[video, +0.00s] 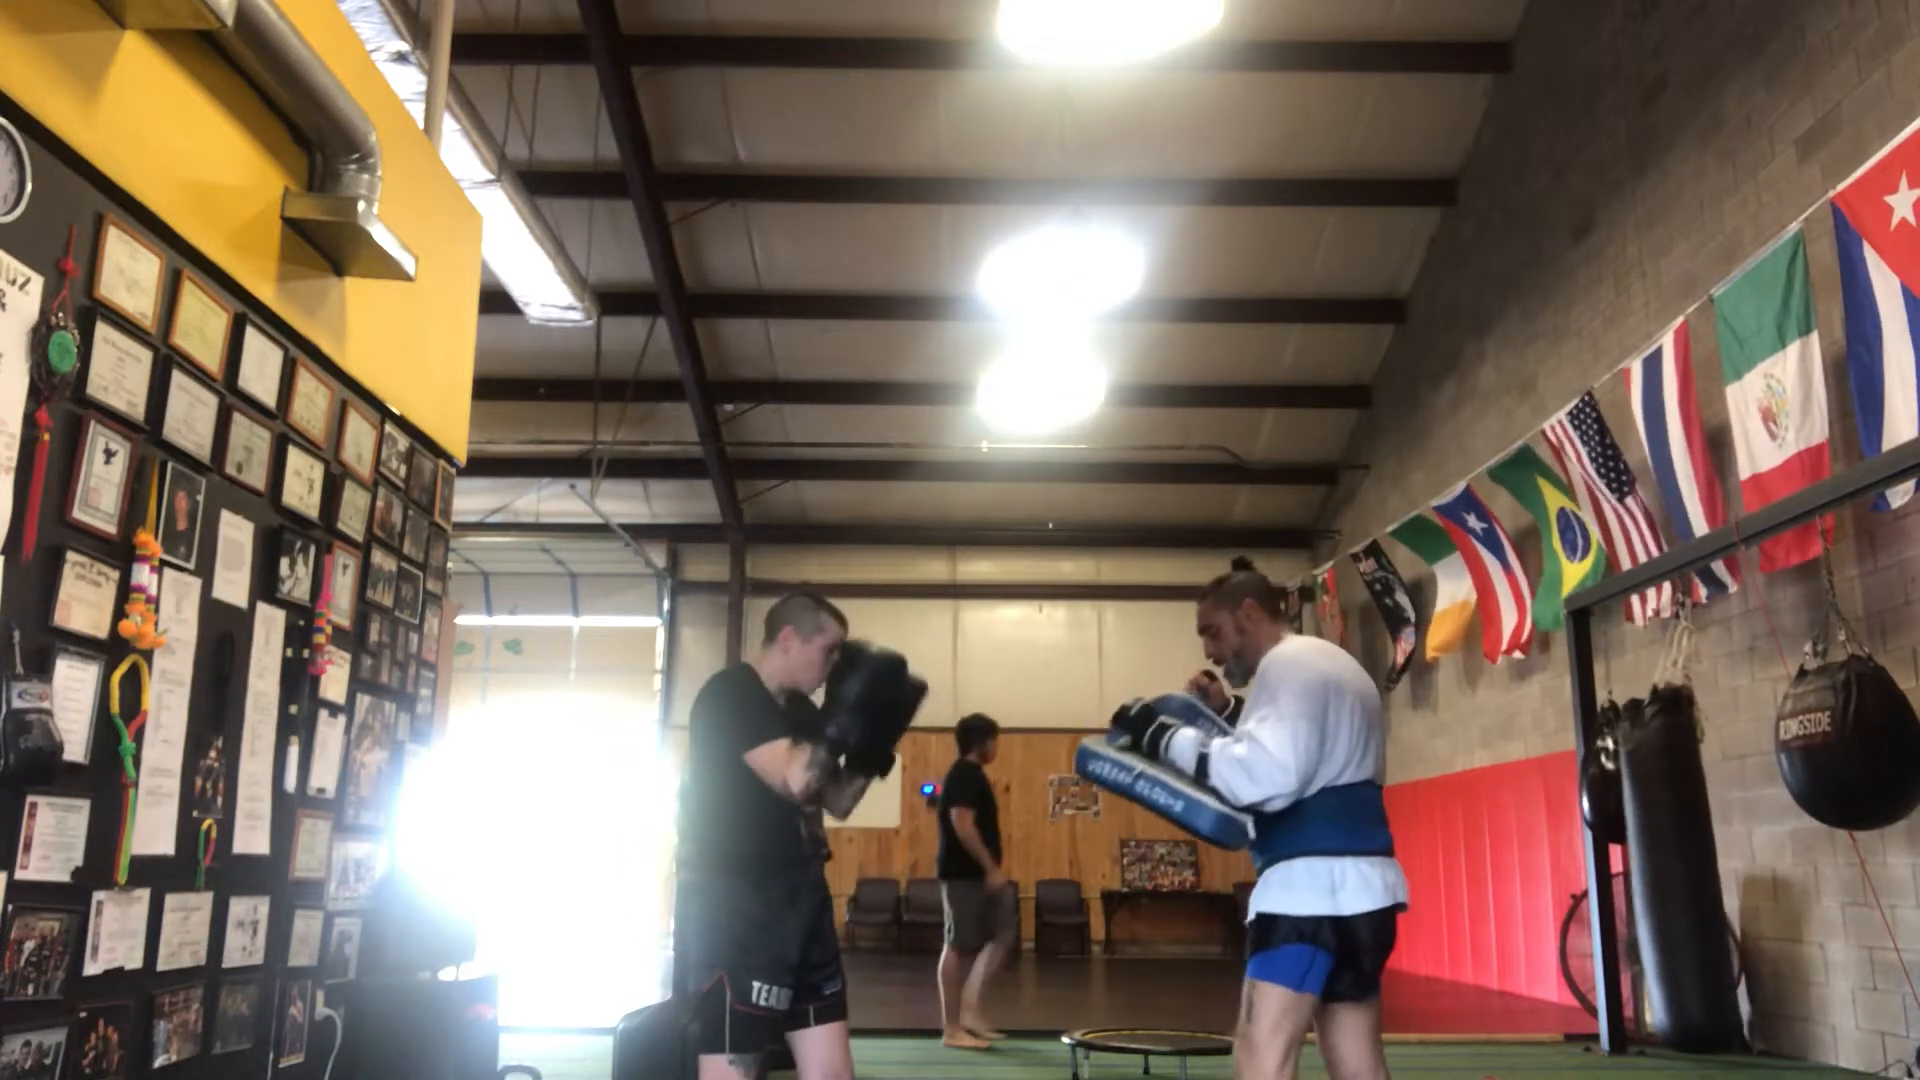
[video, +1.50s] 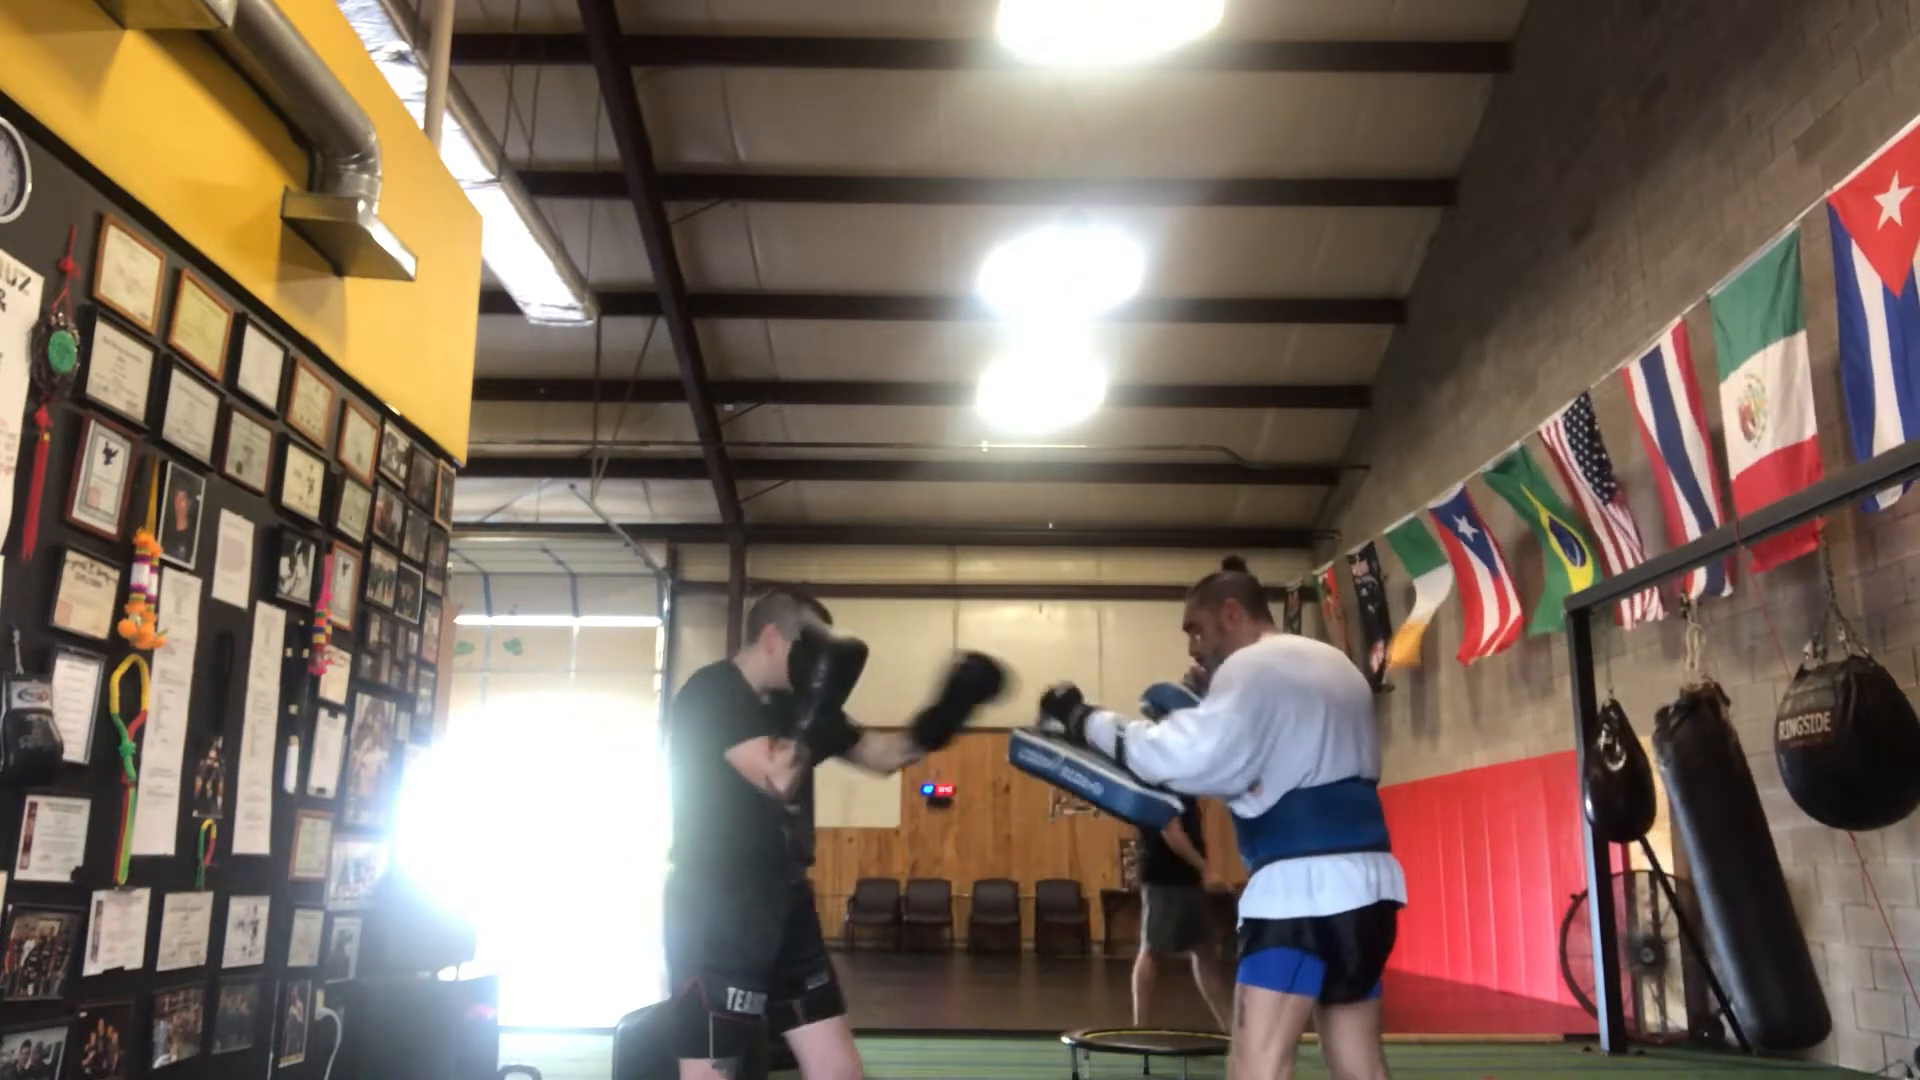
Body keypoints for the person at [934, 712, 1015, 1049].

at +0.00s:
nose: (996, 747)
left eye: (995, 741)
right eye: (993, 741)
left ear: (972, 743)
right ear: (980, 743)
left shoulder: (973, 774)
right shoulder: (963, 773)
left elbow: (967, 821)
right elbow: (962, 822)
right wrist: (990, 867)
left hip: (981, 875)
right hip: (960, 876)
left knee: (1002, 936)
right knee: (956, 947)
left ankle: (970, 1011)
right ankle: (951, 1028)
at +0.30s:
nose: (1039, 752)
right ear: (1019, 745)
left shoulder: (1025, 782)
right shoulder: (1008, 780)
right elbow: (1010, 824)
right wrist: (1041, 863)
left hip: (1027, 883)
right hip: (1001, 882)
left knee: (1041, 950)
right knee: (987, 950)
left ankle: (1053, 1027)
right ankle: (955, 1026)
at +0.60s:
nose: (1082, 758)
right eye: (1078, 751)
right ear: (1065, 750)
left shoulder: (1065, 781)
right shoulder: (1046, 779)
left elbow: (1069, 826)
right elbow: (1045, 824)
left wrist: (1085, 862)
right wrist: (1058, 865)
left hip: (1060, 872)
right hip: (1051, 873)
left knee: (1057, 947)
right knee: (1069, 943)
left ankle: (1052, 1018)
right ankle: (1034, 1012)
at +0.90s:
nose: (1117, 752)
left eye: (1116, 745)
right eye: (1114, 745)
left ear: (1088, 743)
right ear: (1106, 746)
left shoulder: (1110, 775)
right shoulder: (1089, 777)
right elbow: (1073, 827)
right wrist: (1086, 876)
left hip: (1086, 876)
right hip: (1105, 876)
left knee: (1073, 950)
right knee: (1121, 950)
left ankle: (1054, 1025)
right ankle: (1137, 1028)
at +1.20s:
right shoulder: (1123, 781)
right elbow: (1123, 833)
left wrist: (1155, 875)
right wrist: (1135, 877)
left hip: (1149, 875)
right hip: (1125, 878)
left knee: (1147, 947)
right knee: (1138, 949)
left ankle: (1098, 1002)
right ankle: (1141, 1025)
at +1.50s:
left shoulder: (1188, 788)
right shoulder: (1161, 784)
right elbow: (1172, 833)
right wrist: (1204, 868)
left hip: (1188, 880)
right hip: (1161, 880)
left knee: (1204, 952)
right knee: (1150, 952)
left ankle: (1231, 1027)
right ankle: (1142, 1029)